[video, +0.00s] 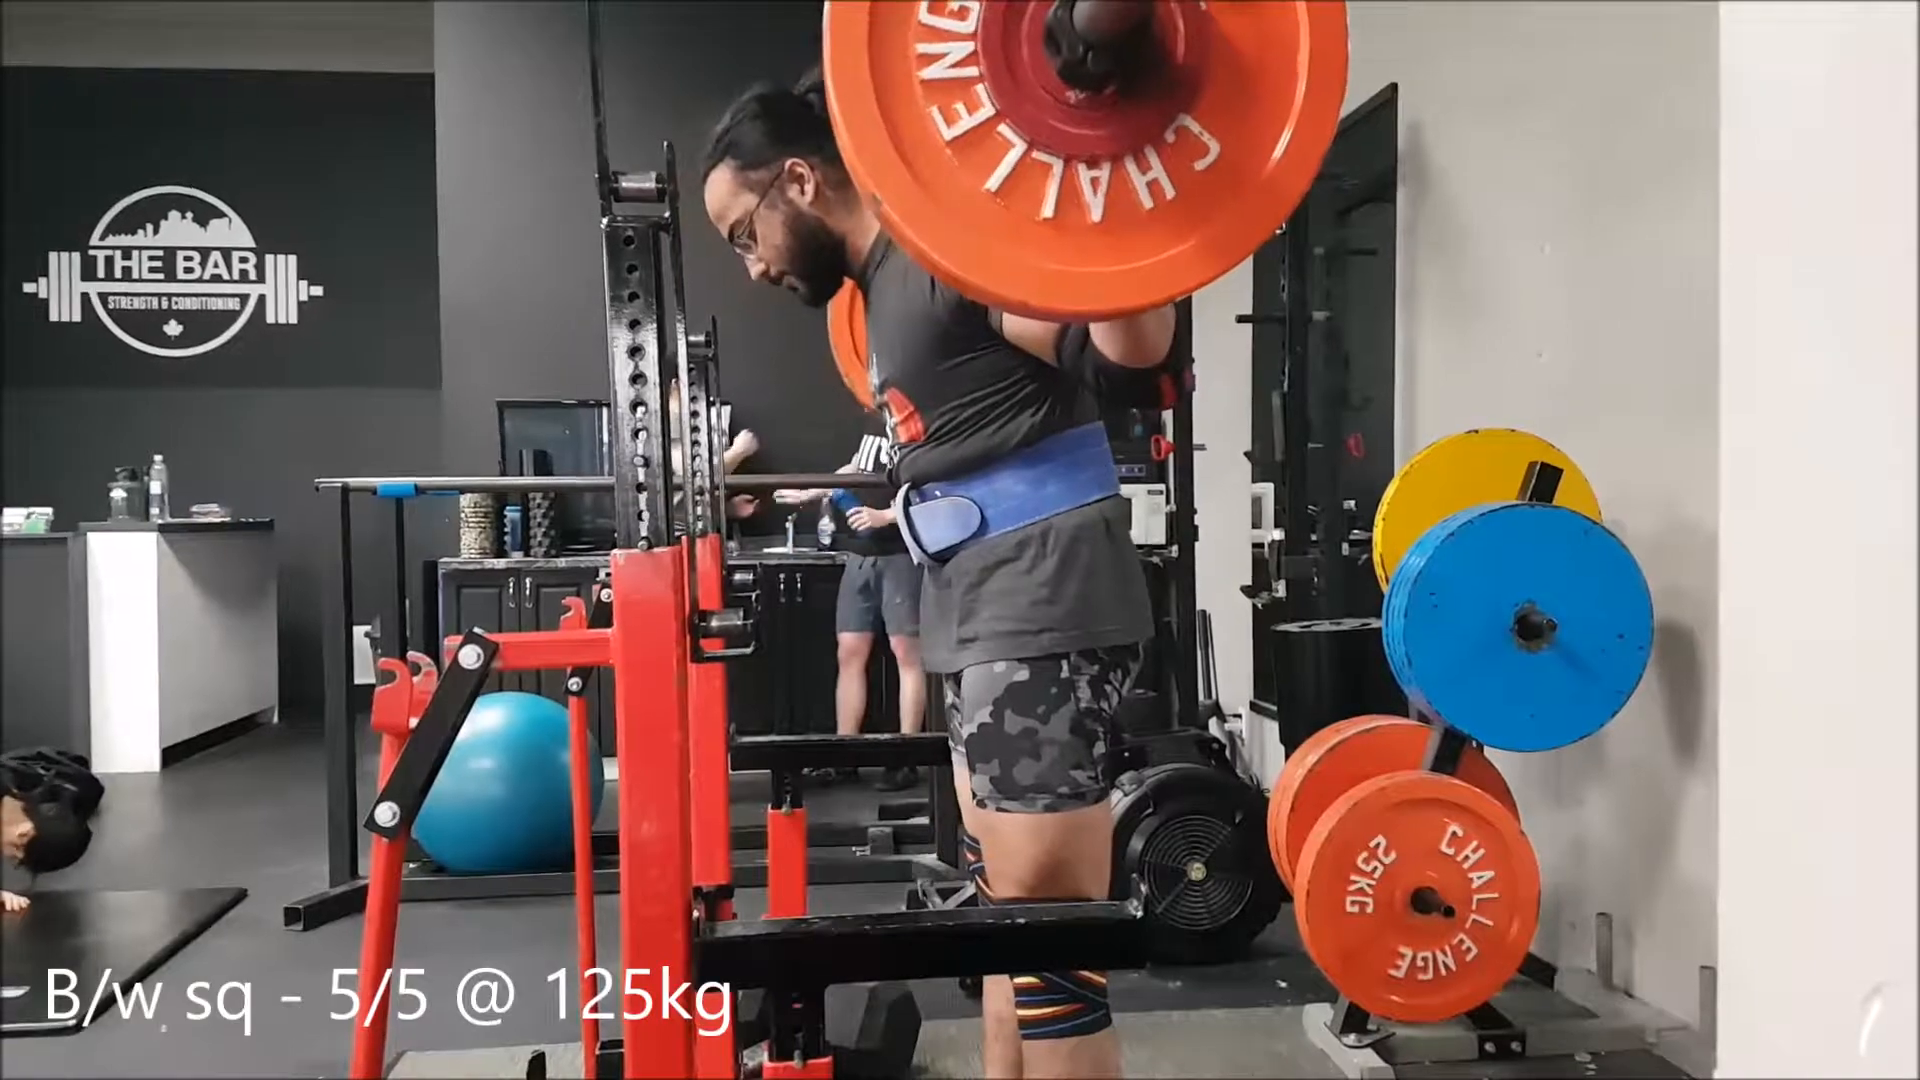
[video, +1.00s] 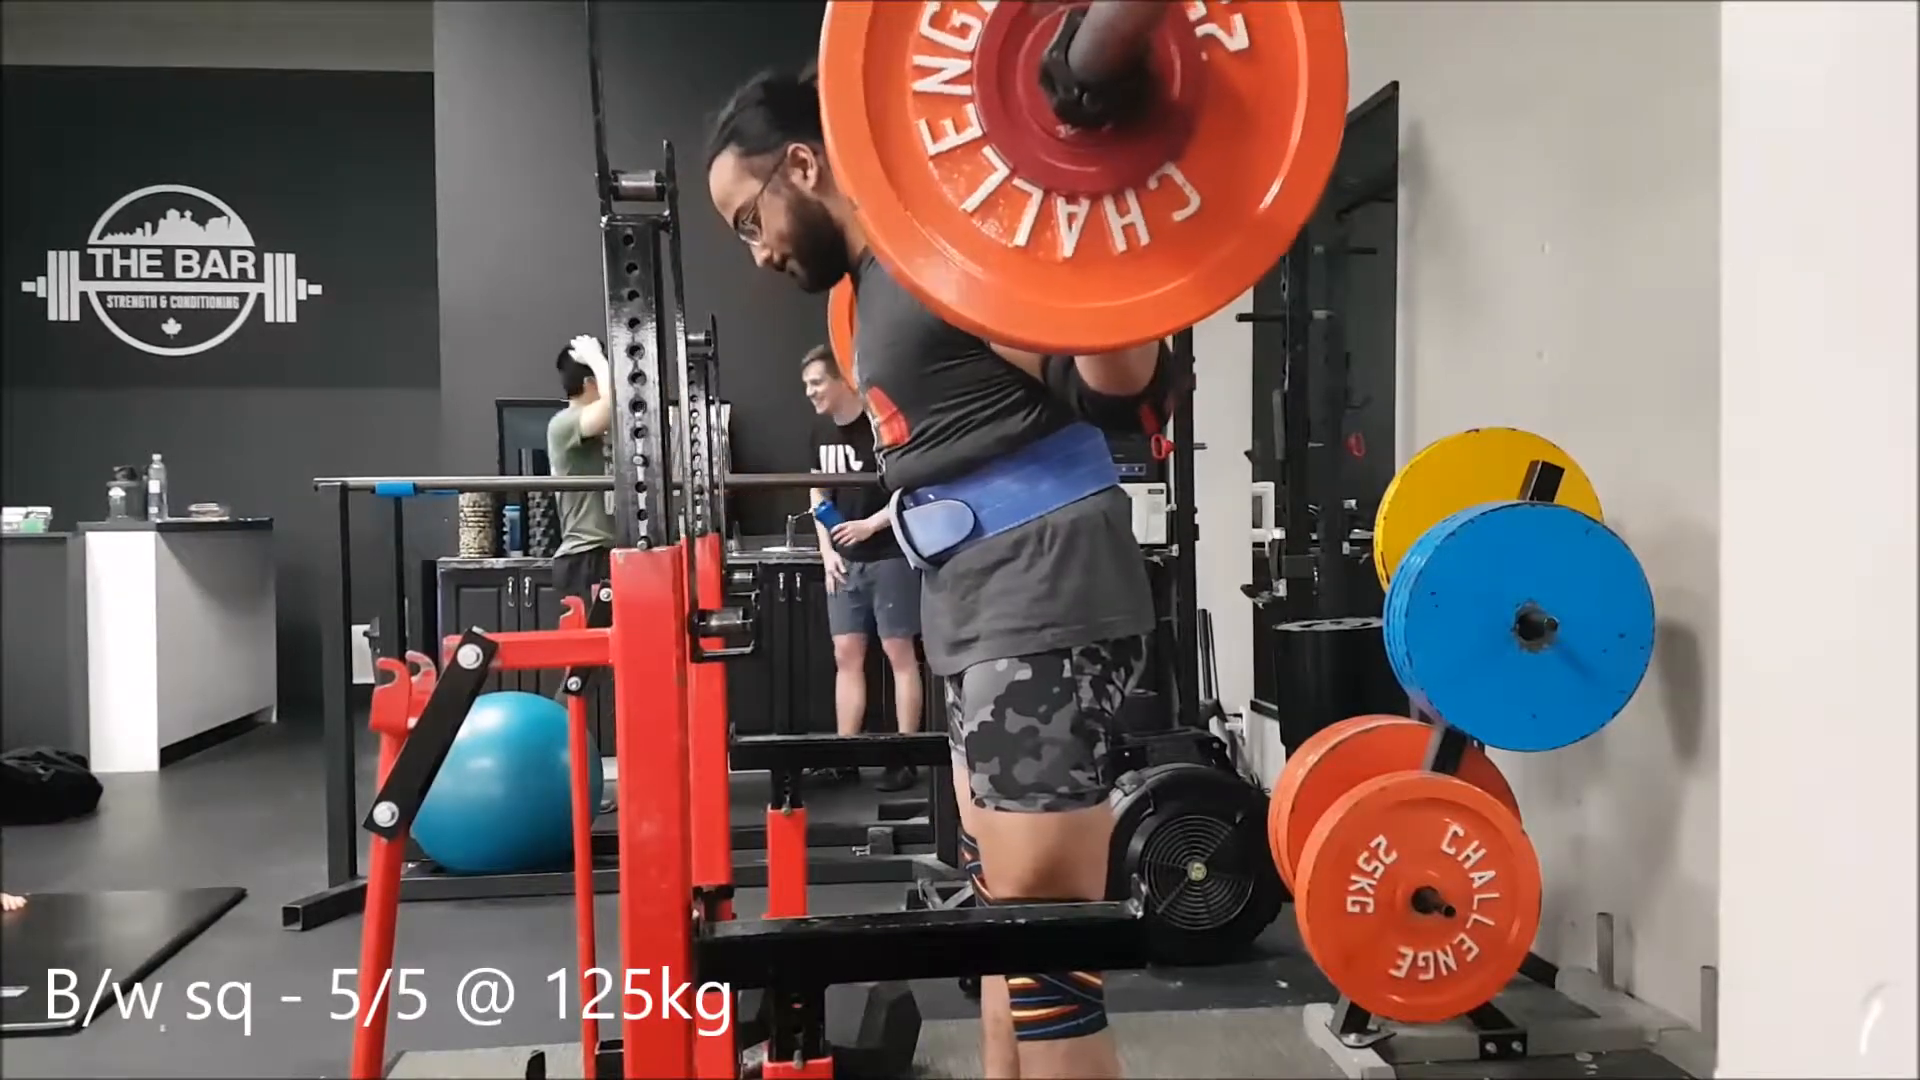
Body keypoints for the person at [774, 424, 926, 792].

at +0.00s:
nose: (878, 398)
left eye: (887, 392)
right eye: (878, 393)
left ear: (909, 393)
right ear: (878, 396)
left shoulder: (929, 440)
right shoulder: (877, 434)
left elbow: (931, 499)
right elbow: (853, 474)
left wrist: (885, 516)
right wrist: (811, 494)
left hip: (902, 557)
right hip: (860, 556)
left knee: (907, 652)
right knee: (850, 652)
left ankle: (907, 757)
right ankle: (843, 755)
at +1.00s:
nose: (811, 392)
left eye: (818, 383)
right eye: (807, 386)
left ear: (846, 380)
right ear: (811, 389)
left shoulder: (888, 427)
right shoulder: (823, 434)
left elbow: (915, 490)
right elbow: (819, 499)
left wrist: (872, 523)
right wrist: (827, 552)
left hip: (890, 556)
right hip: (844, 559)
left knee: (899, 652)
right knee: (846, 652)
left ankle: (905, 756)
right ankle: (845, 755)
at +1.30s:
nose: (786, 382)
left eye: (793, 373)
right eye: (783, 375)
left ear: (820, 371)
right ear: (789, 378)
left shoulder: (857, 421)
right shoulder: (800, 428)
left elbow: (882, 488)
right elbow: (792, 489)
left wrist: (827, 514)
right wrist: (774, 526)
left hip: (851, 556)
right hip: (811, 557)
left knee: (838, 652)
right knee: (825, 657)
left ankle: (876, 749)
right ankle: (840, 753)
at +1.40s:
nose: (778, 380)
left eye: (786, 370)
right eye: (775, 373)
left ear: (814, 370)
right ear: (780, 379)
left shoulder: (846, 420)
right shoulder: (790, 429)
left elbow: (871, 488)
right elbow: (784, 488)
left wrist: (810, 511)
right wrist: (763, 514)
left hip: (840, 552)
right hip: (799, 554)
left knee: (818, 649)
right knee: (815, 656)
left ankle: (841, 759)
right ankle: (835, 759)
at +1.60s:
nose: (763, 383)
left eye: (769, 374)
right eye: (760, 375)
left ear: (795, 373)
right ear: (769, 379)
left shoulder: (825, 423)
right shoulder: (776, 432)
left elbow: (846, 492)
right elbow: (782, 491)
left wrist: (779, 509)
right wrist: (752, 500)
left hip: (816, 558)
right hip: (782, 560)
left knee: (791, 660)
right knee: (815, 664)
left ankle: (779, 768)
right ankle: (842, 758)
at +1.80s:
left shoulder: (784, 426)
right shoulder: (746, 428)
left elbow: (805, 492)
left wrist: (740, 509)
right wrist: (729, 501)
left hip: (787, 553)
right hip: (759, 551)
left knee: (777, 663)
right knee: (757, 662)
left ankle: (767, 776)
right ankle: (823, 739)